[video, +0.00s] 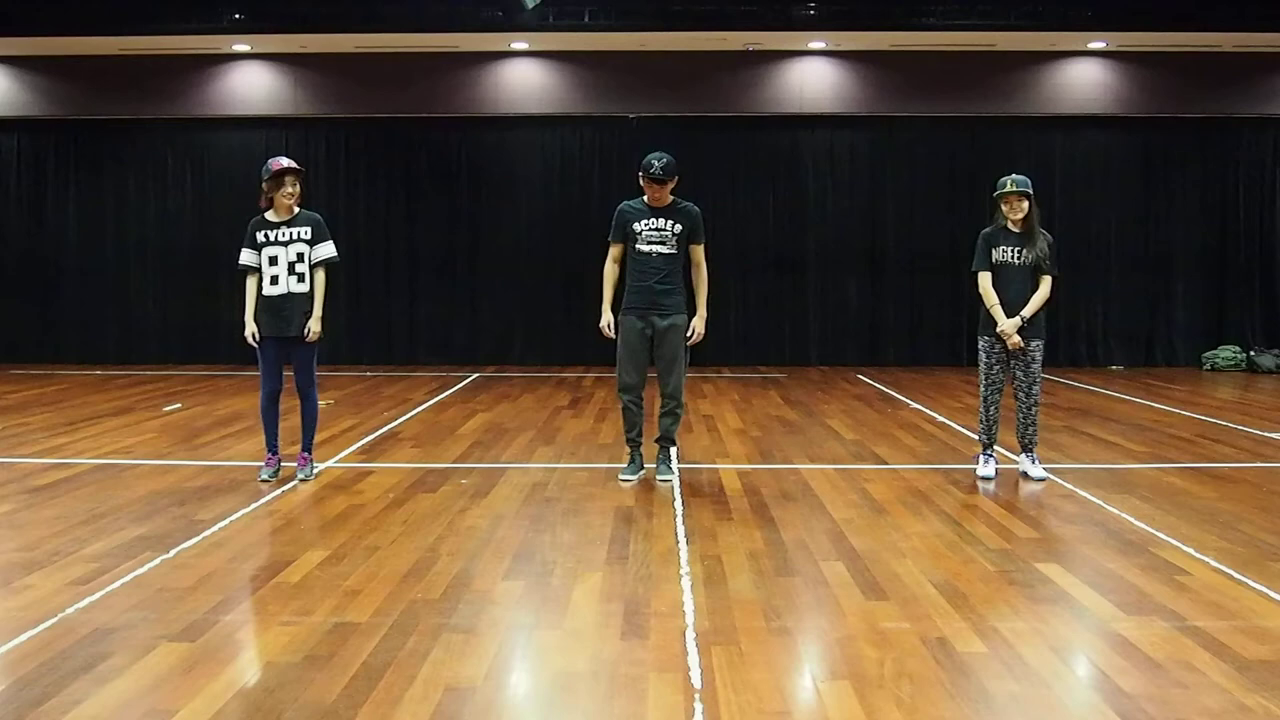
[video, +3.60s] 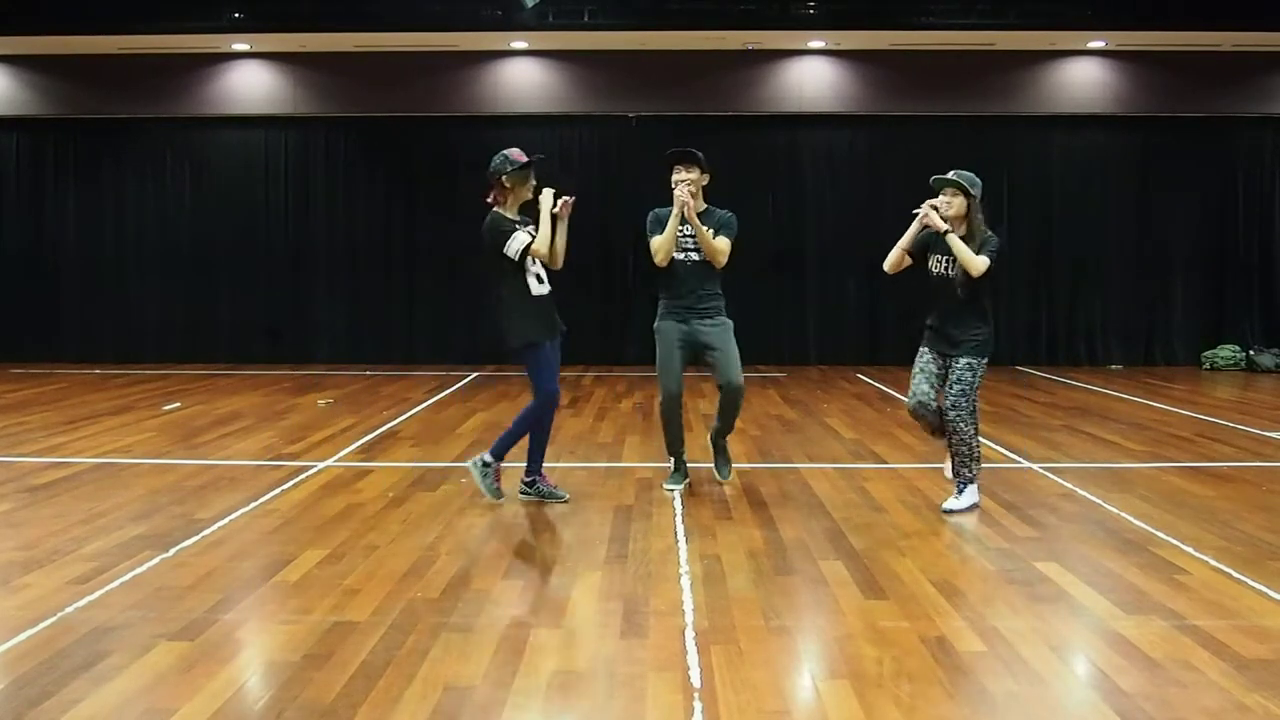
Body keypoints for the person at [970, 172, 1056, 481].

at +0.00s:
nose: (1015, 205)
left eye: (1020, 199)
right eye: (1008, 200)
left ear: (1029, 202)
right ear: (1000, 204)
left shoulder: (1042, 240)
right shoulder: (988, 237)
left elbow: (1045, 288)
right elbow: (985, 286)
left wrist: (1019, 321)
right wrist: (1006, 329)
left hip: (1031, 332)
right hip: (992, 331)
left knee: (1029, 396)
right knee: (990, 394)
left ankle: (1028, 455)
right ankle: (987, 455)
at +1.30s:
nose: (1039, 203)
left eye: (1045, 198)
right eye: (1033, 198)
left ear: (1055, 202)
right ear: (1024, 201)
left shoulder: (1065, 239)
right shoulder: (1010, 235)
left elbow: (1073, 287)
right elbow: (1000, 285)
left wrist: (1080, 334)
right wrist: (1010, 332)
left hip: (1047, 335)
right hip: (1010, 331)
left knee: (1039, 398)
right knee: (999, 394)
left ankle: (1029, 455)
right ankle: (988, 452)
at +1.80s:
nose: (1029, 210)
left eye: (1036, 205)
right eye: (1025, 205)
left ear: (1049, 209)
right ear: (1020, 208)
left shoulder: (1064, 245)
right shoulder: (1007, 241)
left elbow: (1081, 293)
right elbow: (980, 283)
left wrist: (1054, 306)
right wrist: (1002, 288)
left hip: (1047, 331)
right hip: (1011, 325)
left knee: (1042, 397)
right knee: (1009, 374)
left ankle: (1028, 454)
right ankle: (1008, 395)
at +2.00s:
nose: (1021, 199)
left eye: (1028, 194)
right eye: (1017, 194)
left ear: (1042, 198)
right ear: (1012, 198)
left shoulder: (1058, 235)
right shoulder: (1003, 232)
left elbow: (1073, 274)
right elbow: (972, 272)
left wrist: (1042, 250)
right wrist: (993, 238)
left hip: (1040, 326)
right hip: (1003, 321)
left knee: (1034, 389)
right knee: (999, 383)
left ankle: (1029, 453)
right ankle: (1003, 447)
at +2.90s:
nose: (989, 188)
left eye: (997, 184)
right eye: (986, 183)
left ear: (1013, 191)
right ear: (981, 190)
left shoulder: (1025, 224)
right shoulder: (971, 221)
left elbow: (1025, 247)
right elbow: (927, 249)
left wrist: (993, 214)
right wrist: (957, 216)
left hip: (1014, 325)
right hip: (978, 320)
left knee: (1011, 398)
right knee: (965, 374)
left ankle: (1014, 465)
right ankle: (983, 434)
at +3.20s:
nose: (971, 197)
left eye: (980, 193)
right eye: (969, 193)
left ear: (996, 201)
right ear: (964, 200)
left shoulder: (1011, 239)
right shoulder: (956, 238)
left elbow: (1008, 268)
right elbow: (918, 267)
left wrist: (978, 231)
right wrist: (943, 228)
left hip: (994, 332)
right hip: (958, 333)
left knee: (964, 384)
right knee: (959, 407)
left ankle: (991, 428)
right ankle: (980, 476)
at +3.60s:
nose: (944, 200)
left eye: (953, 195)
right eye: (942, 194)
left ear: (970, 202)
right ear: (938, 201)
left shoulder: (985, 240)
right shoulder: (932, 237)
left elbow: (977, 268)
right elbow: (891, 267)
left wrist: (944, 230)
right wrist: (916, 226)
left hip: (972, 339)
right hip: (935, 335)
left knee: (957, 410)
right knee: (920, 405)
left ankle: (968, 488)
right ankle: (955, 440)